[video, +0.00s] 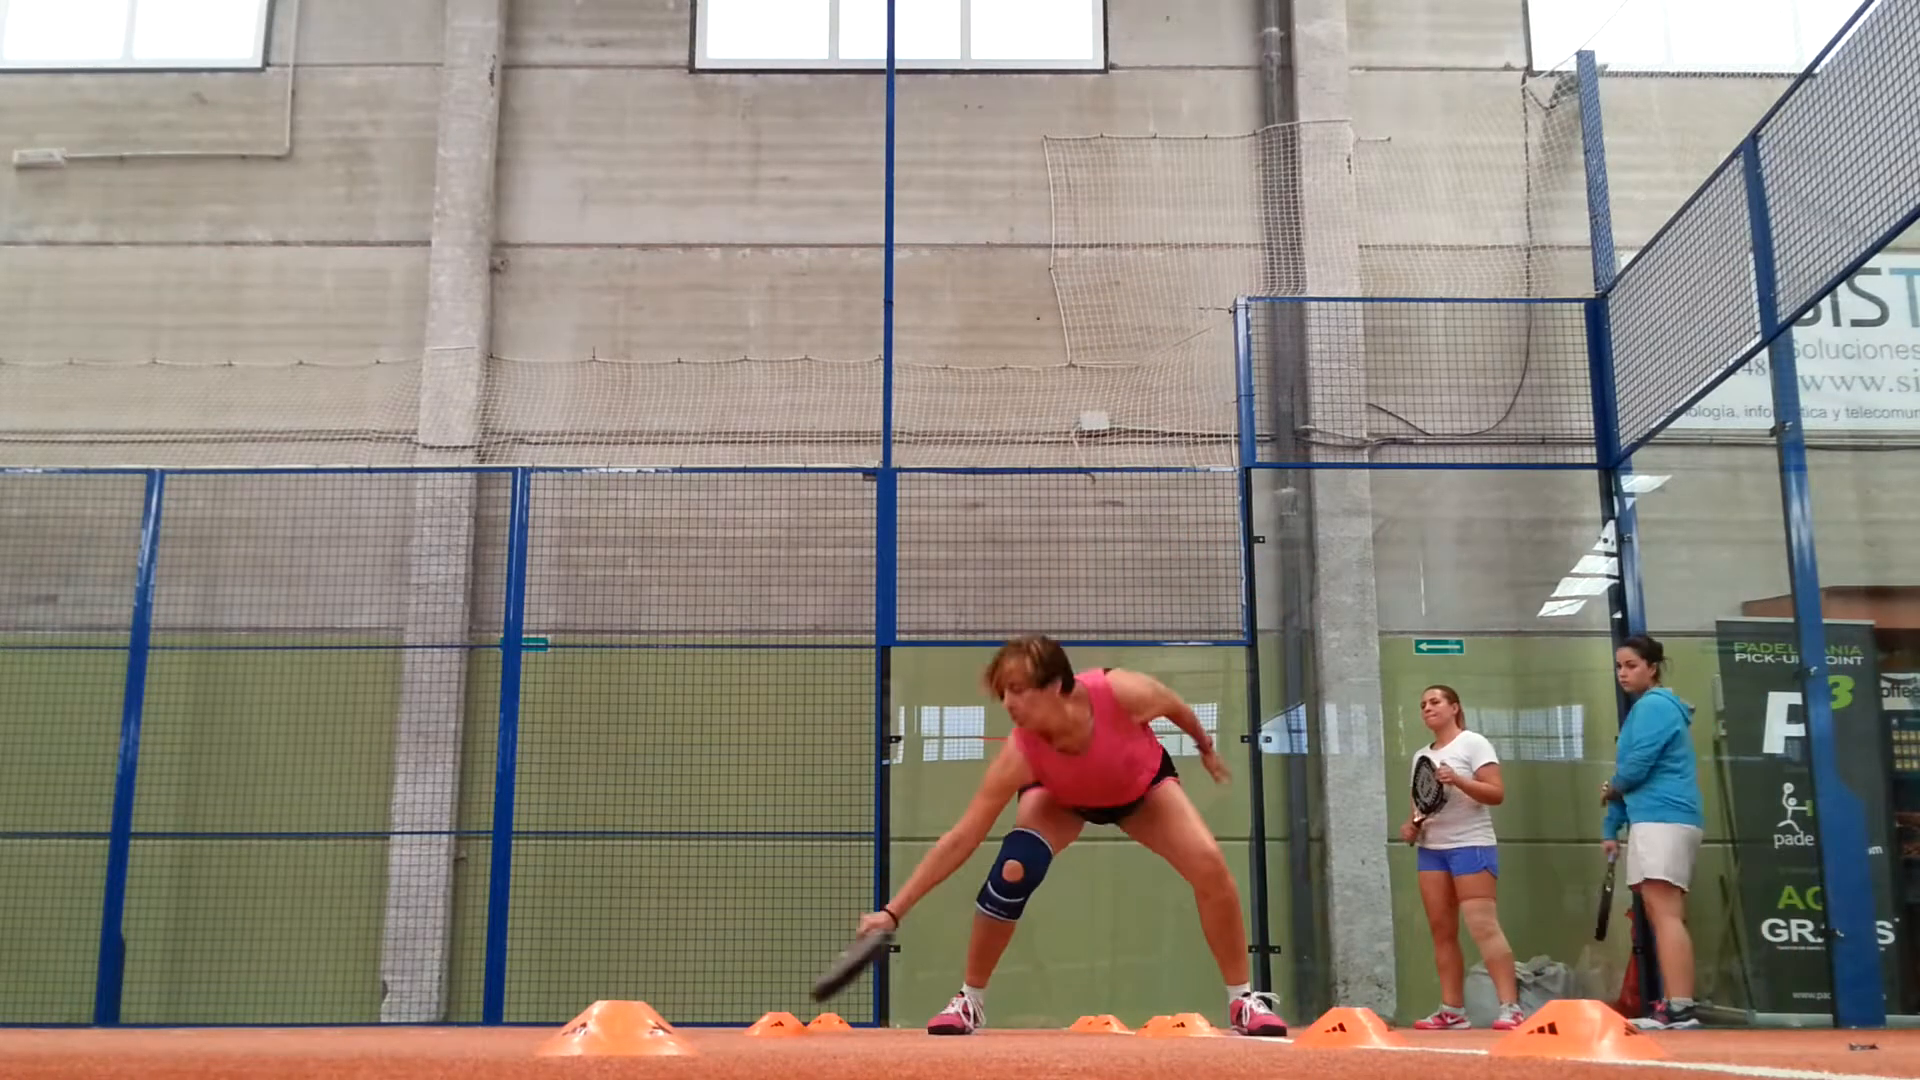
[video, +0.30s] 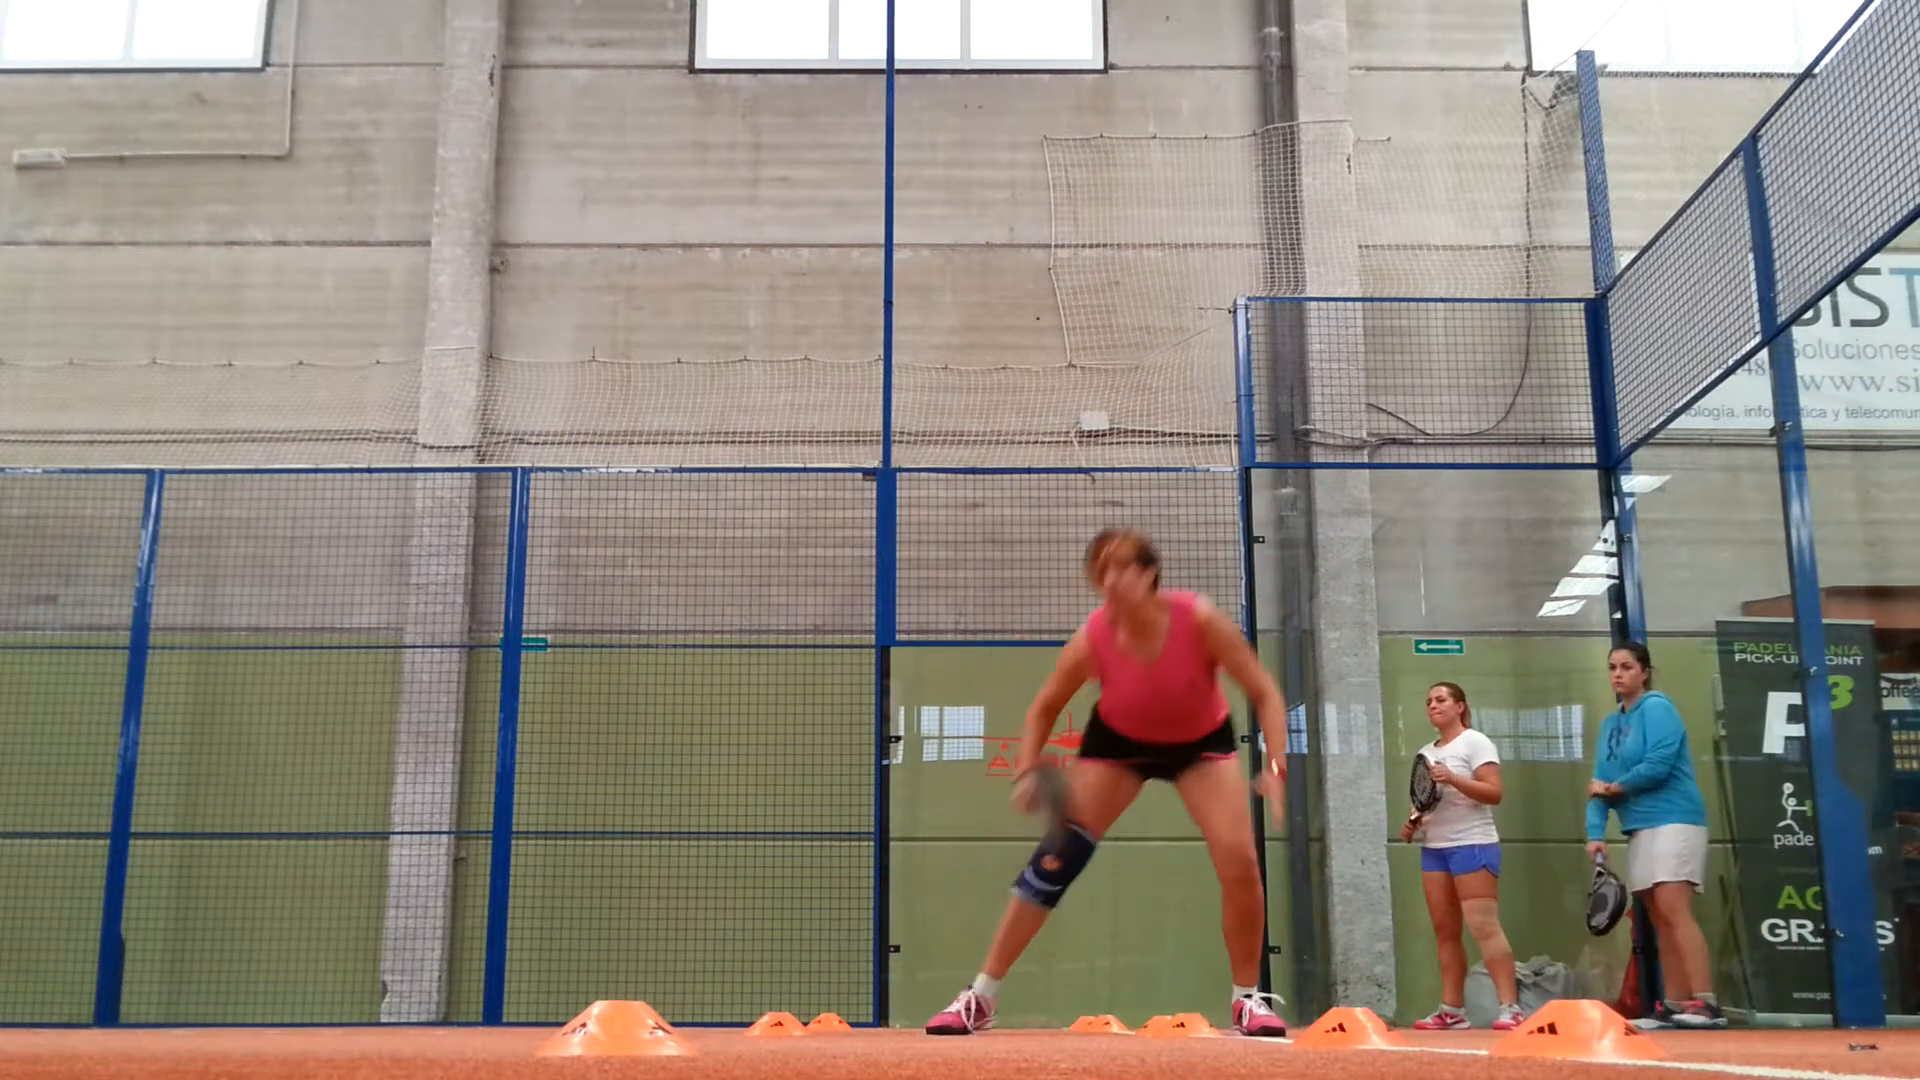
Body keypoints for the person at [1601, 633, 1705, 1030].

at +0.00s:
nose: (1622, 673)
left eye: (1630, 665)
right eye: (1620, 667)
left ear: (1652, 668)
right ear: (1622, 671)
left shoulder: (1656, 705)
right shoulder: (1645, 708)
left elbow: (1636, 766)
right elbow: (1623, 776)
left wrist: (1612, 787)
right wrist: (1611, 830)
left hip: (1663, 819)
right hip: (1660, 819)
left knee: (1665, 914)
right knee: (1666, 915)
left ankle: (1678, 1008)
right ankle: (1674, 1006)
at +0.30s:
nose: (1618, 674)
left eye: (1626, 667)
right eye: (1613, 668)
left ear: (1644, 672)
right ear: (1609, 675)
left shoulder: (1657, 707)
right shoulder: (1610, 724)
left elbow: (1659, 764)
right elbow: (1600, 784)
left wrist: (1615, 786)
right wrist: (1595, 834)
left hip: (1675, 819)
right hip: (1642, 826)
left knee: (1674, 907)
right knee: (1658, 915)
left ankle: (1704, 1001)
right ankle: (1676, 1005)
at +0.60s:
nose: (1628, 674)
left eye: (1636, 668)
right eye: (1622, 669)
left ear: (1651, 674)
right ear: (1615, 677)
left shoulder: (1671, 712)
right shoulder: (1608, 725)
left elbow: (1686, 764)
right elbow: (1605, 781)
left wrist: (1634, 783)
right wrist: (1607, 832)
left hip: (1686, 826)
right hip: (1642, 835)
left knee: (1698, 917)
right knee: (1663, 921)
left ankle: (1716, 997)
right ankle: (1674, 1008)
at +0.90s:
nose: (1649, 676)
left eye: (1656, 669)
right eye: (1642, 670)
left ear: (1670, 675)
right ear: (1633, 679)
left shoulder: (1691, 714)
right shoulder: (1626, 724)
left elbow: (1710, 765)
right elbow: (1628, 769)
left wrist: (1657, 771)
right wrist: (1629, 818)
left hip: (1699, 828)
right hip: (1654, 832)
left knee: (1704, 918)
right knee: (1665, 919)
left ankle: (1711, 1002)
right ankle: (1673, 1007)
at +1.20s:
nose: (1664, 678)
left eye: (1671, 671)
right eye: (1658, 673)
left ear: (1686, 677)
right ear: (1650, 682)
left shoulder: (1710, 719)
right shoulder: (1641, 726)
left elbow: (1728, 769)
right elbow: (1638, 775)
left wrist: (1674, 772)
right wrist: (1633, 802)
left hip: (1709, 831)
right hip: (1659, 834)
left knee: (1705, 921)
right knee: (1665, 916)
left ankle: (1710, 1003)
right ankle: (1674, 1005)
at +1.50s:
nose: (1669, 678)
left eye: (1676, 672)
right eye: (1663, 674)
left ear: (1692, 678)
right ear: (1655, 683)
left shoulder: (1716, 721)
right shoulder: (1644, 726)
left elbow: (1743, 772)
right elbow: (1632, 773)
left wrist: (1702, 782)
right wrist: (1630, 790)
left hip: (1710, 838)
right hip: (1660, 838)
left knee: (1706, 919)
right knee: (1659, 916)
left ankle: (1710, 1003)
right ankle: (1672, 1001)